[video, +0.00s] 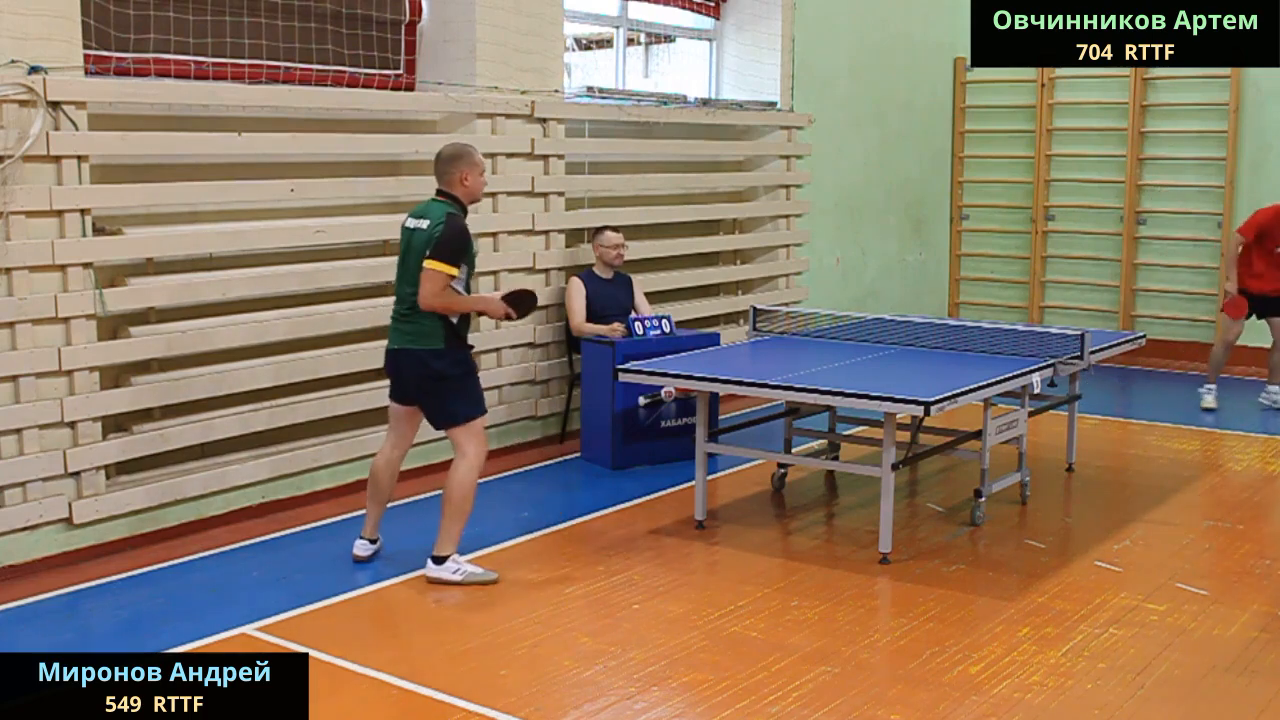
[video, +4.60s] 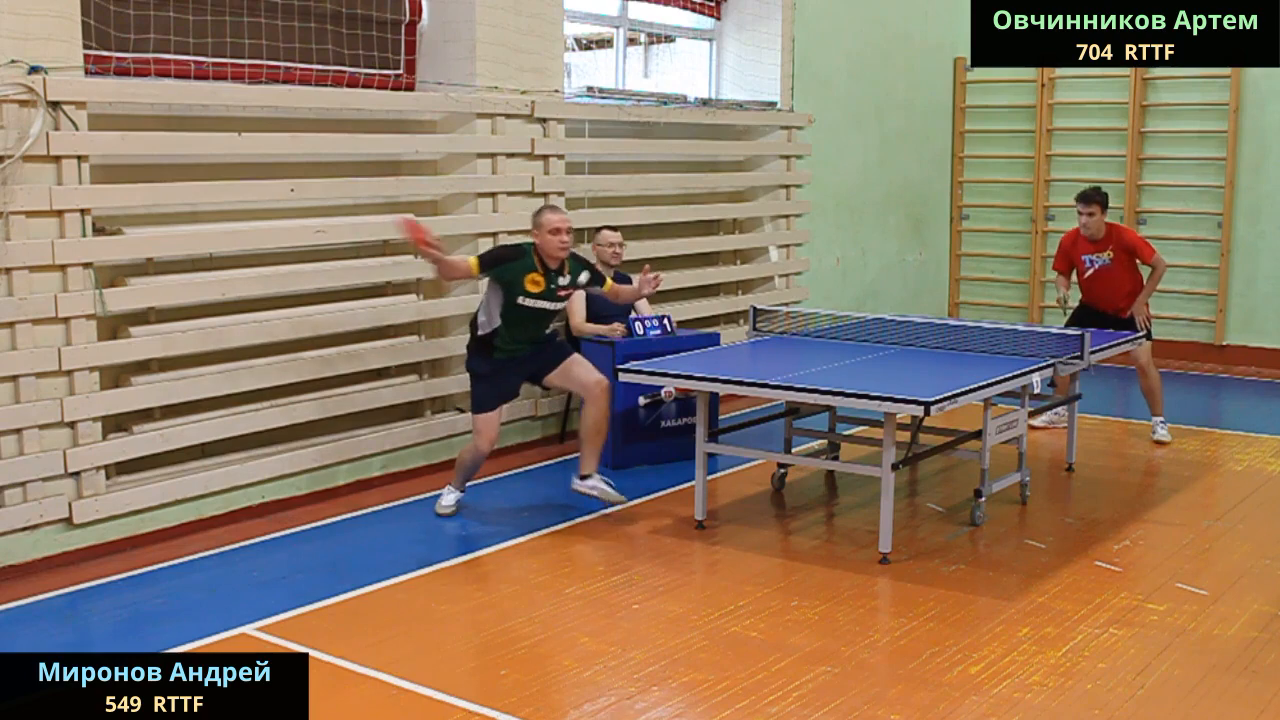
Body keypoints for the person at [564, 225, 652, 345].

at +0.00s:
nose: (621, 253)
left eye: (623, 247)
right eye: (614, 248)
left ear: (625, 248)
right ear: (597, 249)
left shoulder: (628, 281)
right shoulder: (578, 283)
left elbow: (648, 318)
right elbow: (577, 327)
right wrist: (606, 330)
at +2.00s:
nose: (619, 250)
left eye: (622, 245)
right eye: (612, 245)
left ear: (625, 247)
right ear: (595, 248)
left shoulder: (630, 281)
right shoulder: (580, 279)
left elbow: (649, 318)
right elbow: (577, 328)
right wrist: (616, 333)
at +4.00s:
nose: (619, 251)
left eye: (622, 246)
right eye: (612, 246)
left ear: (624, 247)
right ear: (595, 249)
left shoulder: (629, 281)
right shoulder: (579, 283)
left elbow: (648, 314)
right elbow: (579, 325)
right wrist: (605, 330)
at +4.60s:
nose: (617, 251)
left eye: (621, 246)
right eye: (610, 246)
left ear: (624, 248)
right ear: (595, 249)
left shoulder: (627, 280)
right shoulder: (581, 280)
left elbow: (649, 317)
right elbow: (577, 327)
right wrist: (606, 330)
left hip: (630, 345)